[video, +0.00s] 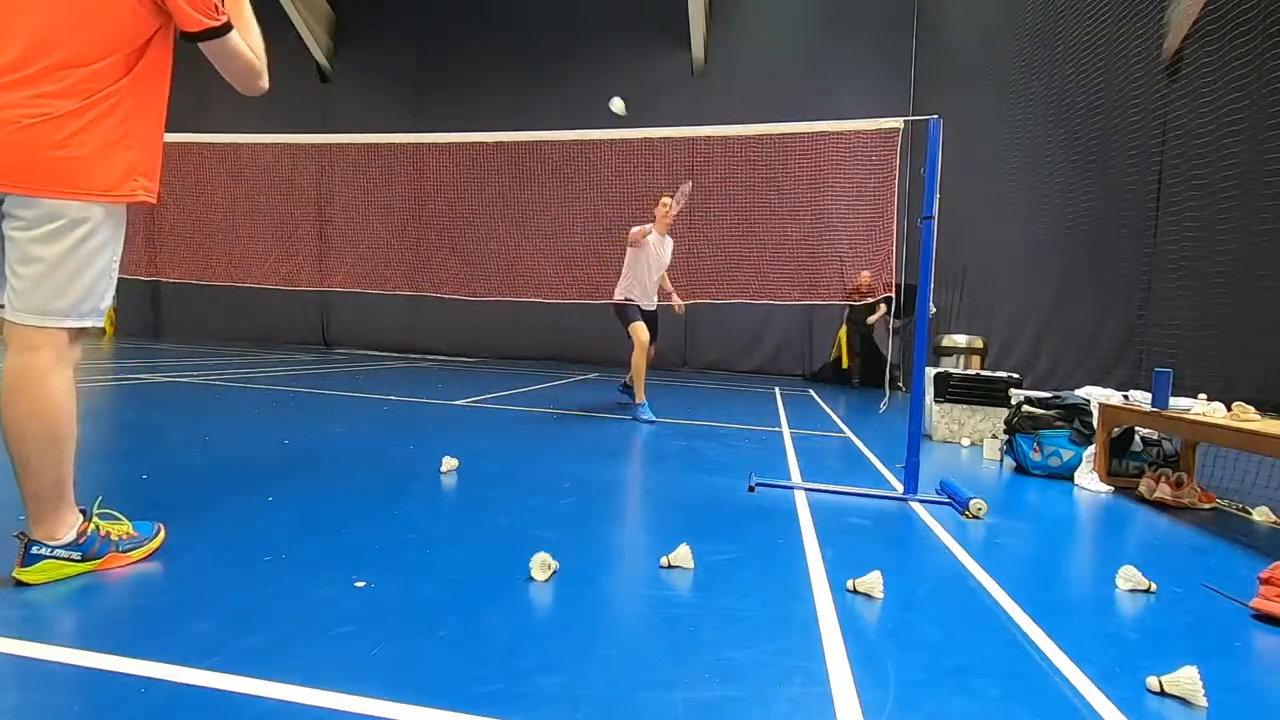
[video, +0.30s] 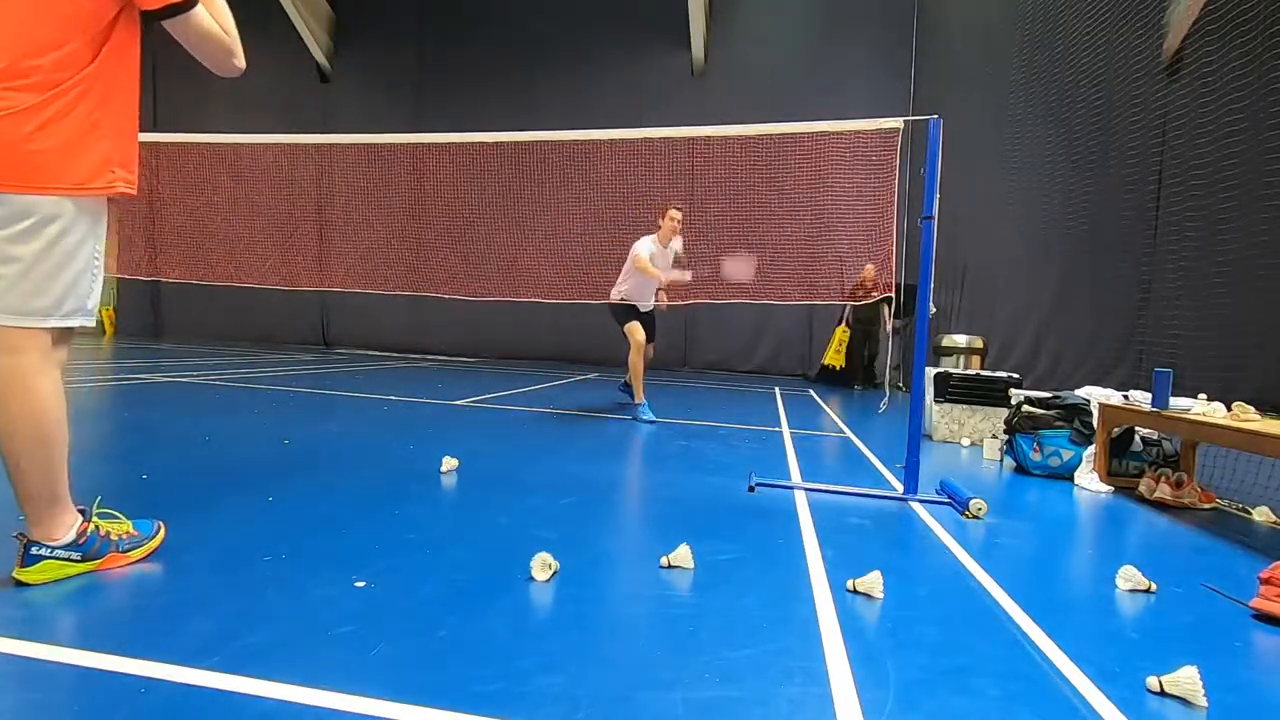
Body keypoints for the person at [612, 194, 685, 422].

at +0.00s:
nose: (669, 211)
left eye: (672, 208)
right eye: (664, 207)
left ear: (674, 214)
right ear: (654, 211)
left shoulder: (669, 243)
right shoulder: (642, 231)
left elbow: (661, 272)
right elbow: (633, 238)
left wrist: (673, 294)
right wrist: (647, 230)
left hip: (650, 303)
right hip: (626, 300)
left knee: (649, 351)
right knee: (642, 340)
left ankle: (628, 383)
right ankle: (640, 402)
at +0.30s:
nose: (676, 225)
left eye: (679, 222)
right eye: (672, 220)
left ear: (681, 227)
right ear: (661, 221)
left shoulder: (673, 248)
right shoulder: (643, 244)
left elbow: (661, 271)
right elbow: (641, 264)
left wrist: (660, 290)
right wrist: (662, 277)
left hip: (646, 304)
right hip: (623, 301)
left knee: (648, 352)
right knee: (639, 339)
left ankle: (628, 382)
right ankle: (640, 402)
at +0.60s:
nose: (660, 227)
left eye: (663, 224)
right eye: (655, 223)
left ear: (666, 231)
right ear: (646, 227)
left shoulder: (660, 257)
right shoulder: (634, 249)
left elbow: (650, 285)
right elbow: (619, 256)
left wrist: (653, 310)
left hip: (645, 312)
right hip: (622, 308)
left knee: (657, 367)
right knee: (638, 339)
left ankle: (630, 382)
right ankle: (639, 403)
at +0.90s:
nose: (639, 204)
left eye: (642, 201)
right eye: (635, 201)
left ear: (647, 208)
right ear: (627, 206)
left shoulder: (651, 237)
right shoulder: (612, 228)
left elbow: (660, 267)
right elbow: (583, 233)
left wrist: (674, 285)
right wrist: (563, 216)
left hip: (637, 296)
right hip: (614, 293)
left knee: (641, 347)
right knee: (616, 335)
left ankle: (625, 389)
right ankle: (613, 390)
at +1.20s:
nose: (612, 205)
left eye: (616, 203)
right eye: (609, 202)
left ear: (622, 207)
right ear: (604, 206)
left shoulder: (632, 233)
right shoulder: (592, 232)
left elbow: (640, 259)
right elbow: (572, 253)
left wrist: (644, 273)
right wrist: (554, 265)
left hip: (621, 294)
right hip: (595, 292)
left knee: (628, 339)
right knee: (579, 337)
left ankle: (624, 389)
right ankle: (568, 377)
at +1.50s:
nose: (590, 210)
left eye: (594, 207)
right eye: (587, 207)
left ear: (600, 212)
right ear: (583, 210)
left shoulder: (610, 235)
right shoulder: (572, 235)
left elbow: (621, 258)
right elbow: (562, 264)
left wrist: (617, 279)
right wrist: (558, 290)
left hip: (603, 293)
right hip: (577, 293)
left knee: (615, 333)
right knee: (568, 335)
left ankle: (623, 382)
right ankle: (562, 380)